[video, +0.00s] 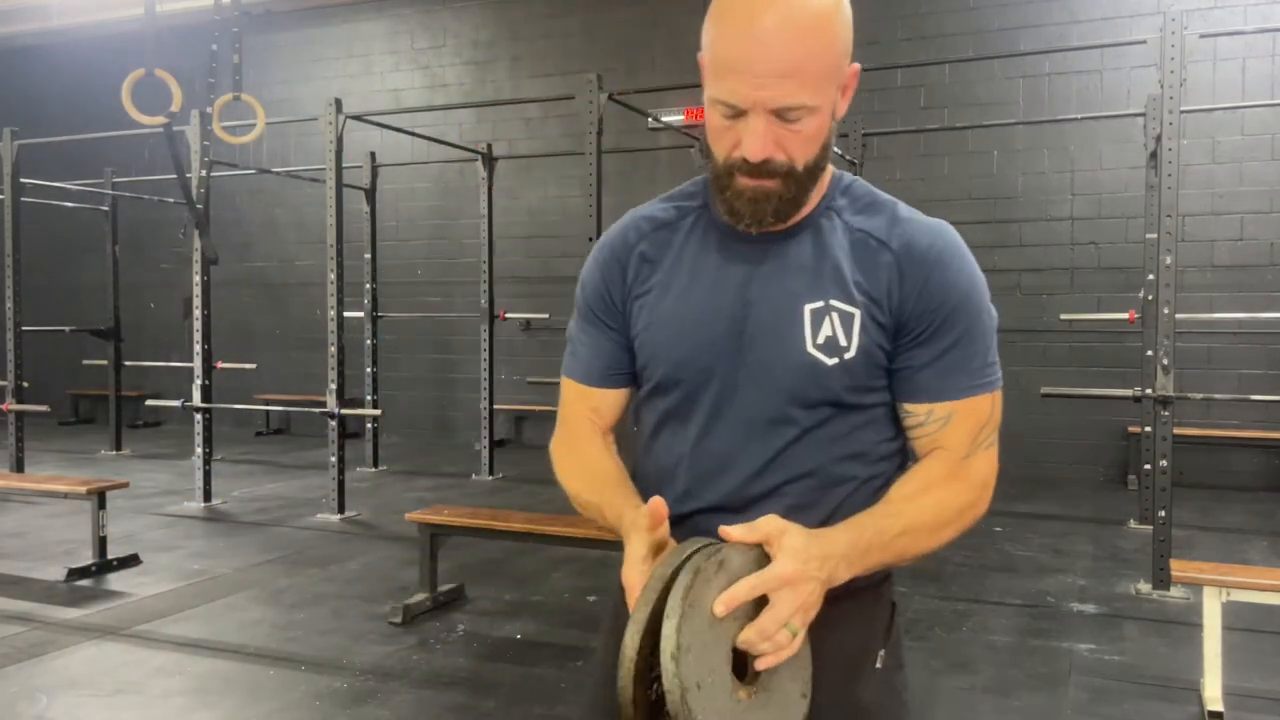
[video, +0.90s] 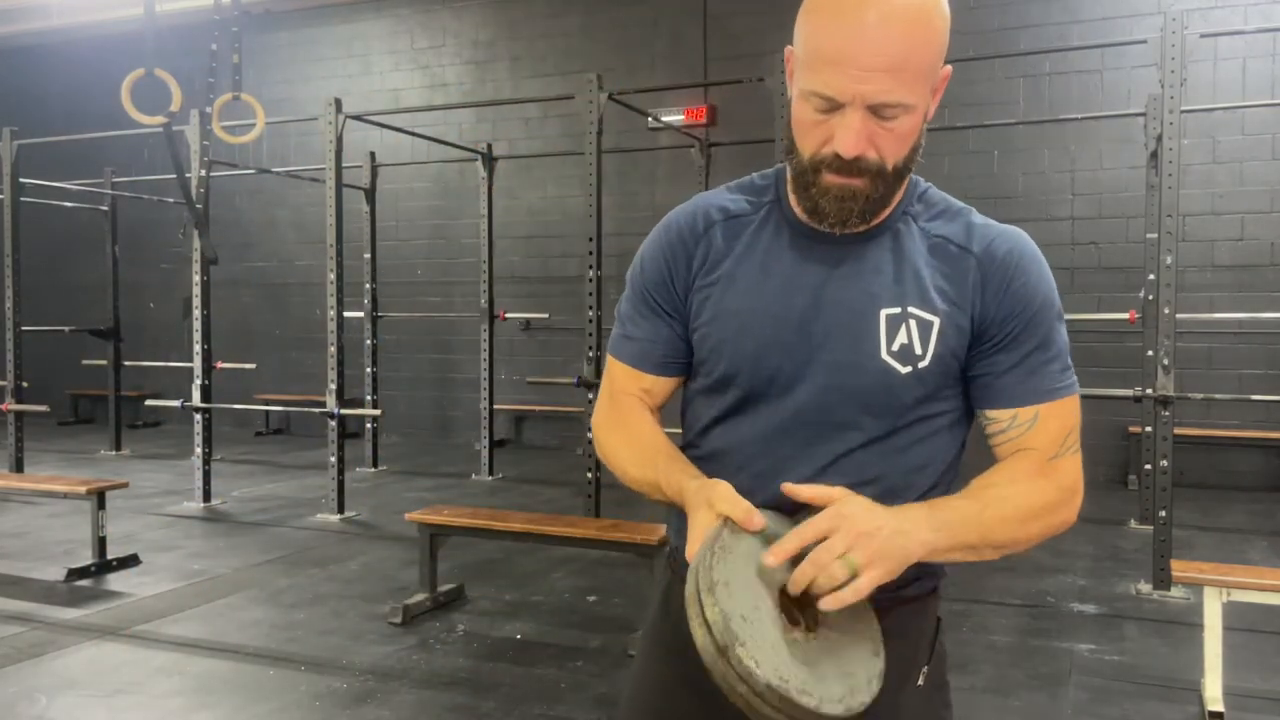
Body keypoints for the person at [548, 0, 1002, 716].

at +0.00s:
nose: (755, 147)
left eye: (790, 116)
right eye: (730, 111)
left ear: (844, 93)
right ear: (702, 79)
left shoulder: (919, 260)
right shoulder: (631, 254)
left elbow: (962, 473)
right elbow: (578, 434)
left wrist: (829, 555)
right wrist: (629, 519)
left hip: (838, 629)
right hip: (660, 618)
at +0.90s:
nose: (849, 143)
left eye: (885, 112)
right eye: (824, 105)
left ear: (935, 95)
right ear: (789, 74)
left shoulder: (993, 267)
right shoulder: (694, 241)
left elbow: (1050, 483)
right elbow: (619, 415)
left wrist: (908, 528)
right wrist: (689, 488)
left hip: (887, 631)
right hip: (704, 613)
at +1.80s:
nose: (815, 141)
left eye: (845, 106)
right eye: (785, 108)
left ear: (893, 87)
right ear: (747, 85)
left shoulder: (969, 270)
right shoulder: (673, 240)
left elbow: (1006, 477)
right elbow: (595, 429)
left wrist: (955, 632)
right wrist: (741, 479)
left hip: (871, 656)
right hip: (689, 637)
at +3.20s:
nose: (866, 146)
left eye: (904, 117)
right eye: (843, 105)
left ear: (953, 104)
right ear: (805, 76)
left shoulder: (994, 289)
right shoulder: (709, 209)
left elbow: (1007, 508)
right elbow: (557, 343)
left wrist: (959, 672)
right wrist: (709, 455)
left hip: (873, 626)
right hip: (691, 607)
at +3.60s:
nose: (848, 151)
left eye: (889, 123)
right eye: (828, 106)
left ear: (946, 107)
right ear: (798, 68)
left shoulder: (987, 286)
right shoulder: (698, 210)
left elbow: (1015, 498)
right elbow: (508, 309)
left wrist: (1041, 699)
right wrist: (605, 476)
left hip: (860, 643)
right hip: (683, 628)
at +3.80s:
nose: (835, 141)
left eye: (871, 112)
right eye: (813, 98)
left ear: (912, 100)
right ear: (771, 65)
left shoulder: (947, 273)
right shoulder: (662, 221)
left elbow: (979, 469)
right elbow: (489, 355)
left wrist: (1026, 667)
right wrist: (546, 535)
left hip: (845, 637)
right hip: (662, 624)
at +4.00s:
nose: (774, 158)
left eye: (806, 131)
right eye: (753, 117)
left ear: (831, 127)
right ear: (701, 84)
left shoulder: (846, 270)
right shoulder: (589, 242)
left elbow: (869, 437)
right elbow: (462, 428)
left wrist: (933, 607)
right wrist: (505, 623)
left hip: (788, 627)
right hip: (620, 626)